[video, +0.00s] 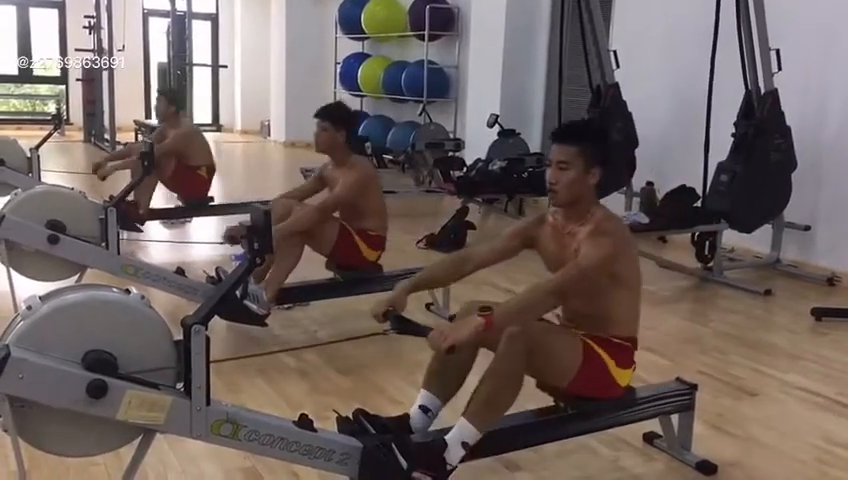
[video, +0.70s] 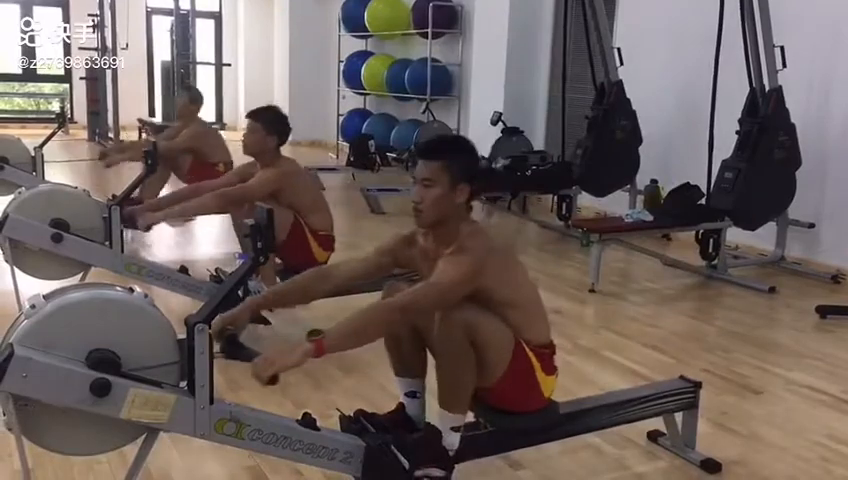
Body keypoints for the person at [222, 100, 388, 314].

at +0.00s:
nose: (315, 134)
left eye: (323, 130)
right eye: (317, 129)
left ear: (341, 135)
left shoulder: (359, 172)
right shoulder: (330, 168)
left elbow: (318, 211)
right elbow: (292, 196)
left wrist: (269, 237)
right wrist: (250, 225)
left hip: (366, 248)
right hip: (349, 239)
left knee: (300, 219)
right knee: (283, 208)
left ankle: (266, 296)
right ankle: (252, 280)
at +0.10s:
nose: (305, 135)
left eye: (312, 130)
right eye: (307, 129)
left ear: (331, 135)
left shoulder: (349, 173)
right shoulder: (320, 170)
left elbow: (309, 209)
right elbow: (282, 196)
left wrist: (257, 234)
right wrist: (237, 224)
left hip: (358, 248)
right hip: (341, 240)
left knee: (295, 217)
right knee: (278, 207)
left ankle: (267, 296)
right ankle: (252, 281)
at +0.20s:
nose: (288, 136)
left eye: (295, 130)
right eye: (290, 129)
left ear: (316, 136)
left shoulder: (331, 175)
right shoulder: (303, 170)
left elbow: (281, 216)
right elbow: (263, 198)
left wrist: (229, 239)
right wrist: (216, 225)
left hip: (345, 249)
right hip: (330, 241)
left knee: (286, 216)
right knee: (270, 200)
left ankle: (266, 296)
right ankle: (253, 282)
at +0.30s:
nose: (273, 135)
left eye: (280, 130)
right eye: (274, 129)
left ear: (300, 137)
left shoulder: (316, 173)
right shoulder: (287, 170)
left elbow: (268, 212)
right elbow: (245, 198)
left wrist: (215, 236)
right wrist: (196, 224)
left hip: (332, 251)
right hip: (314, 246)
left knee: (278, 210)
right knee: (255, 197)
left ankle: (267, 292)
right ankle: (255, 278)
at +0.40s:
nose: (257, 136)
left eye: (263, 131)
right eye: (258, 130)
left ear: (285, 138)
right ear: (280, 138)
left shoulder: (298, 174)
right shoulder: (271, 170)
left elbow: (251, 207)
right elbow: (230, 197)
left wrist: (197, 233)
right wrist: (179, 221)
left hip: (319, 253)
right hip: (301, 248)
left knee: (270, 211)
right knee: (245, 201)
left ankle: (267, 291)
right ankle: (254, 279)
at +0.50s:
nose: (246, 137)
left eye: (253, 132)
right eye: (248, 131)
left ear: (274, 139)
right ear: (268, 139)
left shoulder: (287, 174)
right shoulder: (259, 171)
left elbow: (238, 207)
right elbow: (218, 195)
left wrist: (182, 227)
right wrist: (162, 218)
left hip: (311, 255)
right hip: (292, 250)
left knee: (260, 207)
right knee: (236, 199)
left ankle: (268, 291)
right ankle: (256, 278)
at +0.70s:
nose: (243, 135)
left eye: (250, 130)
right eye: (245, 129)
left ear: (271, 139)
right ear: (265, 139)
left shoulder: (279, 172)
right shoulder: (256, 169)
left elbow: (227, 201)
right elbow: (204, 188)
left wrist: (159, 216)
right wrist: (154, 205)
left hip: (314, 250)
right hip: (296, 245)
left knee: (250, 207)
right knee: (239, 206)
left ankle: (270, 287)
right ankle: (260, 276)